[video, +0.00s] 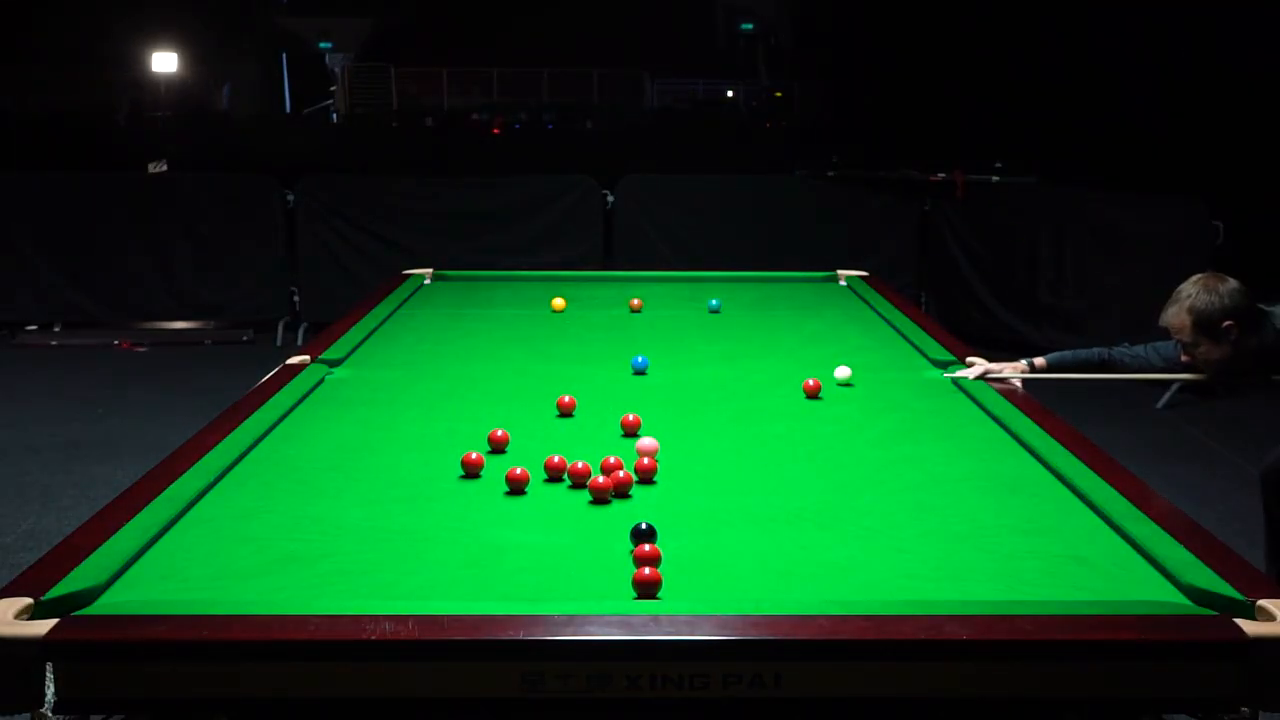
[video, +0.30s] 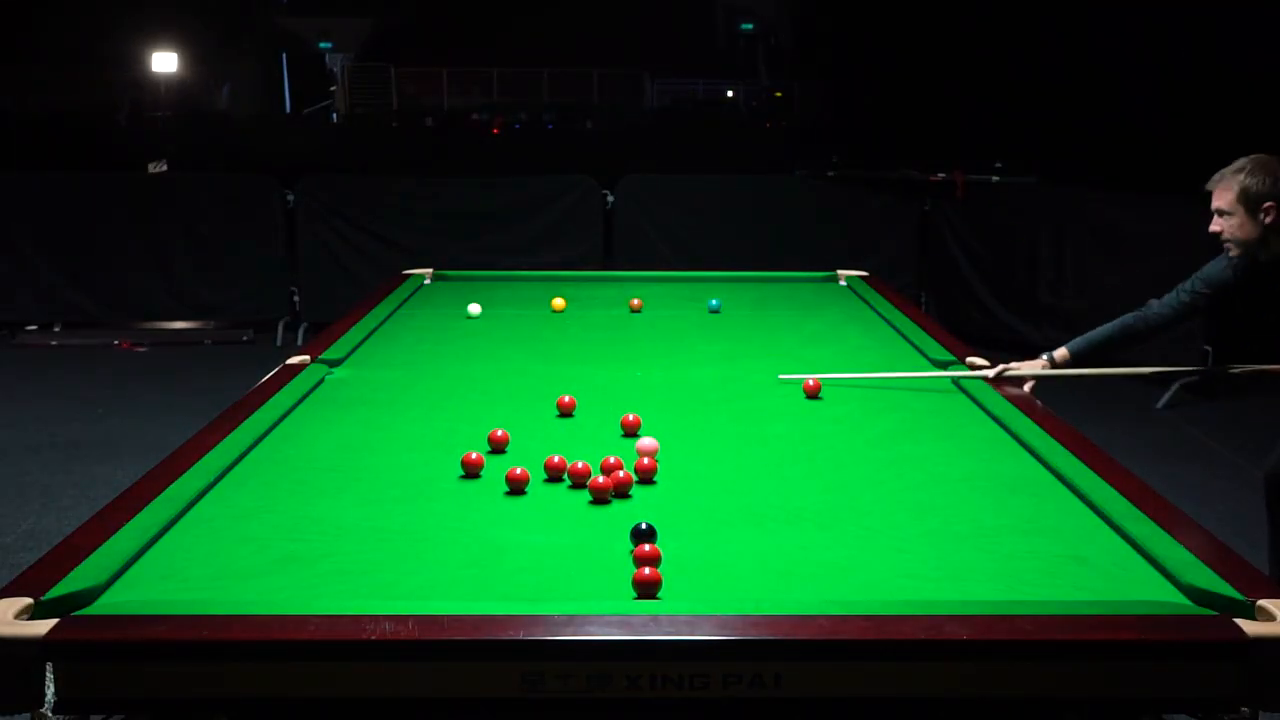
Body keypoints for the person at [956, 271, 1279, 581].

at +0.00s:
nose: (1182, 357)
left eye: (1191, 347)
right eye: (1179, 345)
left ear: (1229, 333)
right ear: (1228, 330)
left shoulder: (1265, 360)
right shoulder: (1215, 351)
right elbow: (1117, 357)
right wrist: (1024, 366)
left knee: (1270, 475)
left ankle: (1269, 581)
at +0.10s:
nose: (1181, 356)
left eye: (1189, 346)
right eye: (1177, 345)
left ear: (1227, 331)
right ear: (1225, 328)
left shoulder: (1265, 355)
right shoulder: (1216, 350)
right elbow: (1118, 357)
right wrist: (1025, 366)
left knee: (1269, 476)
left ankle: (1268, 582)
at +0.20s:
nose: (1172, 346)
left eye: (1180, 335)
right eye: (1169, 335)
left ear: (1217, 321)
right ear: (1215, 321)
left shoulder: (1267, 342)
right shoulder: (1222, 339)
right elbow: (1119, 356)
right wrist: (1027, 366)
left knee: (1269, 479)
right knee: (1268, 479)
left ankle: (1273, 589)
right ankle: (1272, 586)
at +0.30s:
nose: (1214, 226)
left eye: (1225, 215)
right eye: (1214, 214)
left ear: (1267, 215)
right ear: (1265, 216)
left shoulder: (1242, 269)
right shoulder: (1235, 269)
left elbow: (1154, 315)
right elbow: (1153, 315)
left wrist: (1048, 360)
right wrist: (1049, 360)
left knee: (1273, 482)